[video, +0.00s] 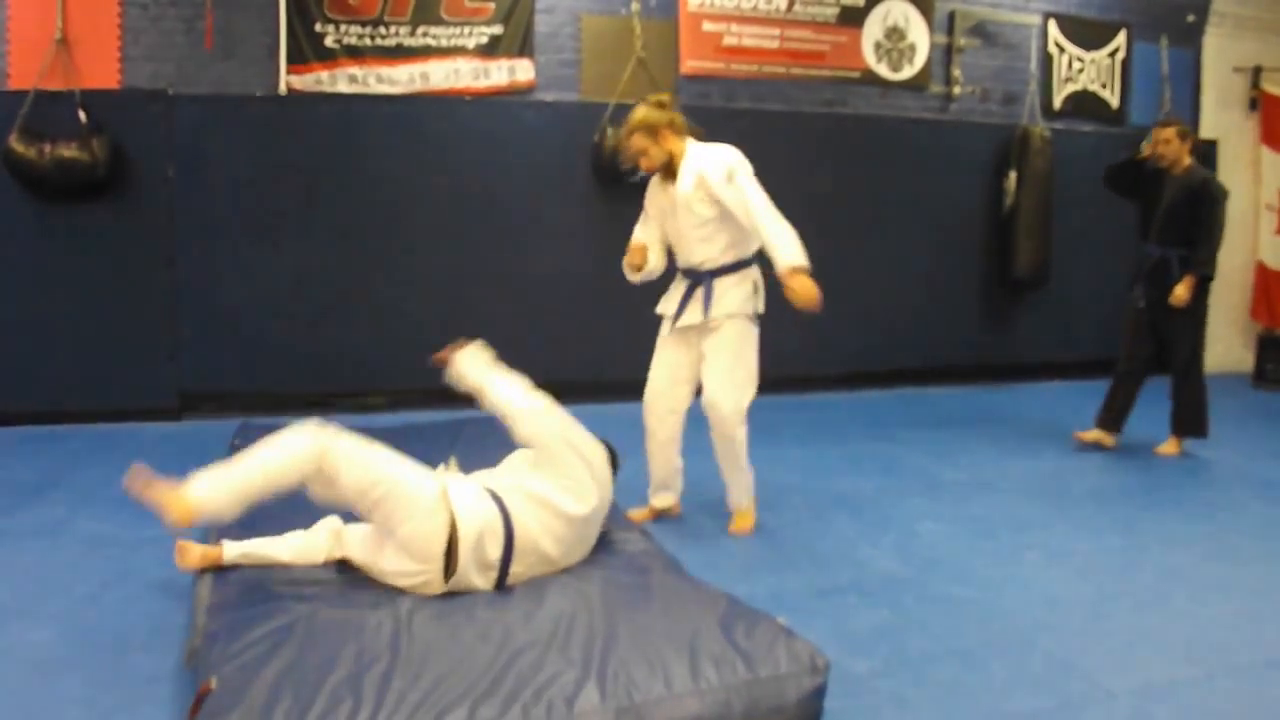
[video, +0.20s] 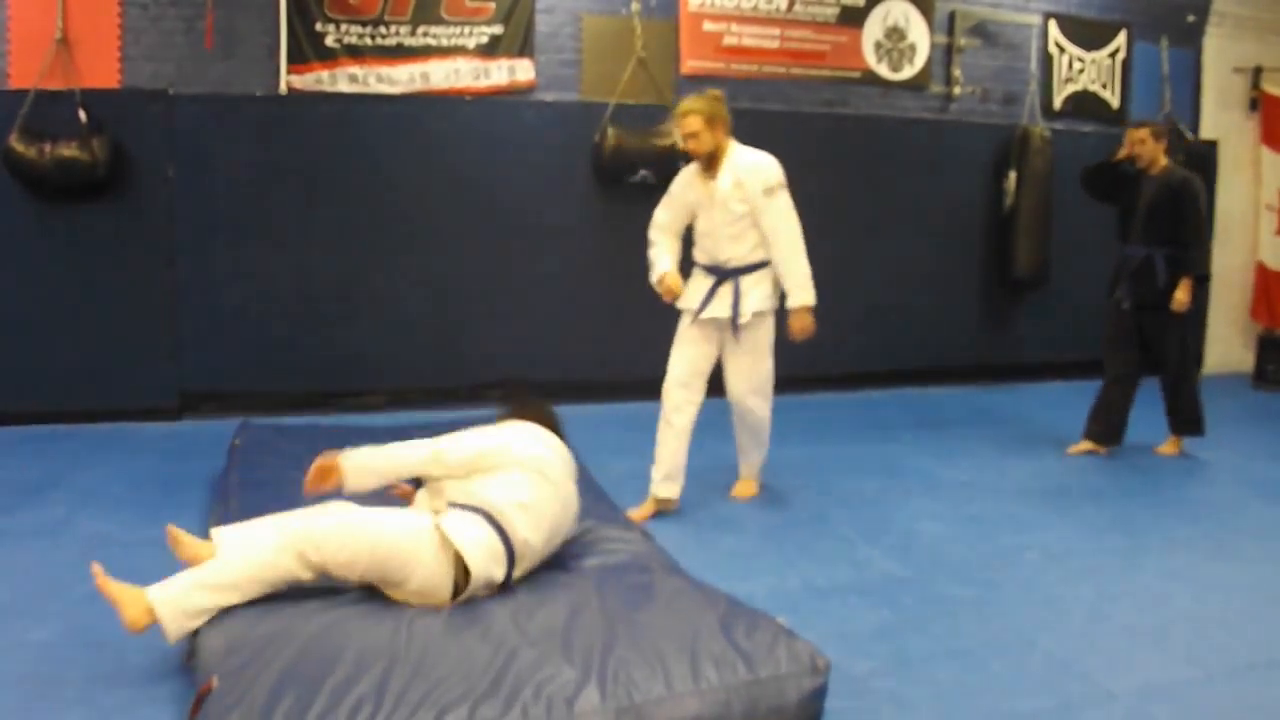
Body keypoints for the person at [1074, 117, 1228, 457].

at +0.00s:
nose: (1159, 149)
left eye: (1166, 142)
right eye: (1156, 143)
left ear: (1186, 145)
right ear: (1153, 146)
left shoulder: (1206, 186)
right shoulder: (1151, 177)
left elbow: (1208, 241)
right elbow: (1112, 178)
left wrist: (1190, 279)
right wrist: (1140, 158)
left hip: (1186, 278)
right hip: (1150, 273)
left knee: (1185, 358)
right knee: (1135, 352)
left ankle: (1179, 435)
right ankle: (1107, 428)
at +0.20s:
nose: (1133, 151)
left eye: (1140, 143)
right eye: (1130, 145)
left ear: (1161, 144)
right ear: (1128, 149)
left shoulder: (1185, 184)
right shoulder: (1130, 178)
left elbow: (1196, 239)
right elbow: (1092, 182)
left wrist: (1187, 281)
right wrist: (1117, 159)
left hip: (1169, 280)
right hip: (1131, 277)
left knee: (1174, 360)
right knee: (1121, 357)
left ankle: (1178, 434)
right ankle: (1099, 436)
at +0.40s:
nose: (1110, 148)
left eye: (1117, 141)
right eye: (1107, 142)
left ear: (1137, 140)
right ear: (1104, 144)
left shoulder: (1164, 178)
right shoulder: (1107, 176)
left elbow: (1180, 229)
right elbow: (1068, 178)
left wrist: (1177, 273)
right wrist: (1094, 154)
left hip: (1151, 275)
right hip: (1112, 273)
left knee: (1154, 354)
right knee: (1108, 355)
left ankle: (1168, 427)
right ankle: (1100, 436)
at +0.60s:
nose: (1097, 150)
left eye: (1102, 143)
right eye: (1094, 143)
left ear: (1122, 140)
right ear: (1095, 144)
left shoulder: (1152, 175)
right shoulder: (1096, 174)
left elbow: (1172, 227)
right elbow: (1060, 182)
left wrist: (1167, 271)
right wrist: (1084, 155)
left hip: (1141, 275)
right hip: (1103, 273)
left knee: (1138, 358)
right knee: (1099, 356)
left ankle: (1143, 440)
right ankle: (1097, 437)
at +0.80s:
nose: (1092, 150)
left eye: (1097, 144)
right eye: (1090, 144)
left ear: (1118, 141)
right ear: (1093, 145)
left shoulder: (1149, 177)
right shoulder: (1091, 175)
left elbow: (1168, 231)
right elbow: (1055, 180)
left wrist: (1163, 276)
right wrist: (1082, 156)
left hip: (1135, 277)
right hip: (1096, 275)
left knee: (1130, 357)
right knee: (1092, 354)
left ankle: (1128, 439)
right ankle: (1092, 435)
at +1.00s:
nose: (1098, 152)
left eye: (1105, 145)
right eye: (1096, 145)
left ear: (1125, 144)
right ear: (1097, 146)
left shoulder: (1152, 182)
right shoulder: (1093, 176)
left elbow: (1167, 239)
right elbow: (1057, 177)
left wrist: (1160, 284)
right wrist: (1088, 158)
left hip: (1130, 284)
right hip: (1091, 280)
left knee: (1124, 365)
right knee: (1087, 360)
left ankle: (1120, 448)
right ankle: (1088, 436)